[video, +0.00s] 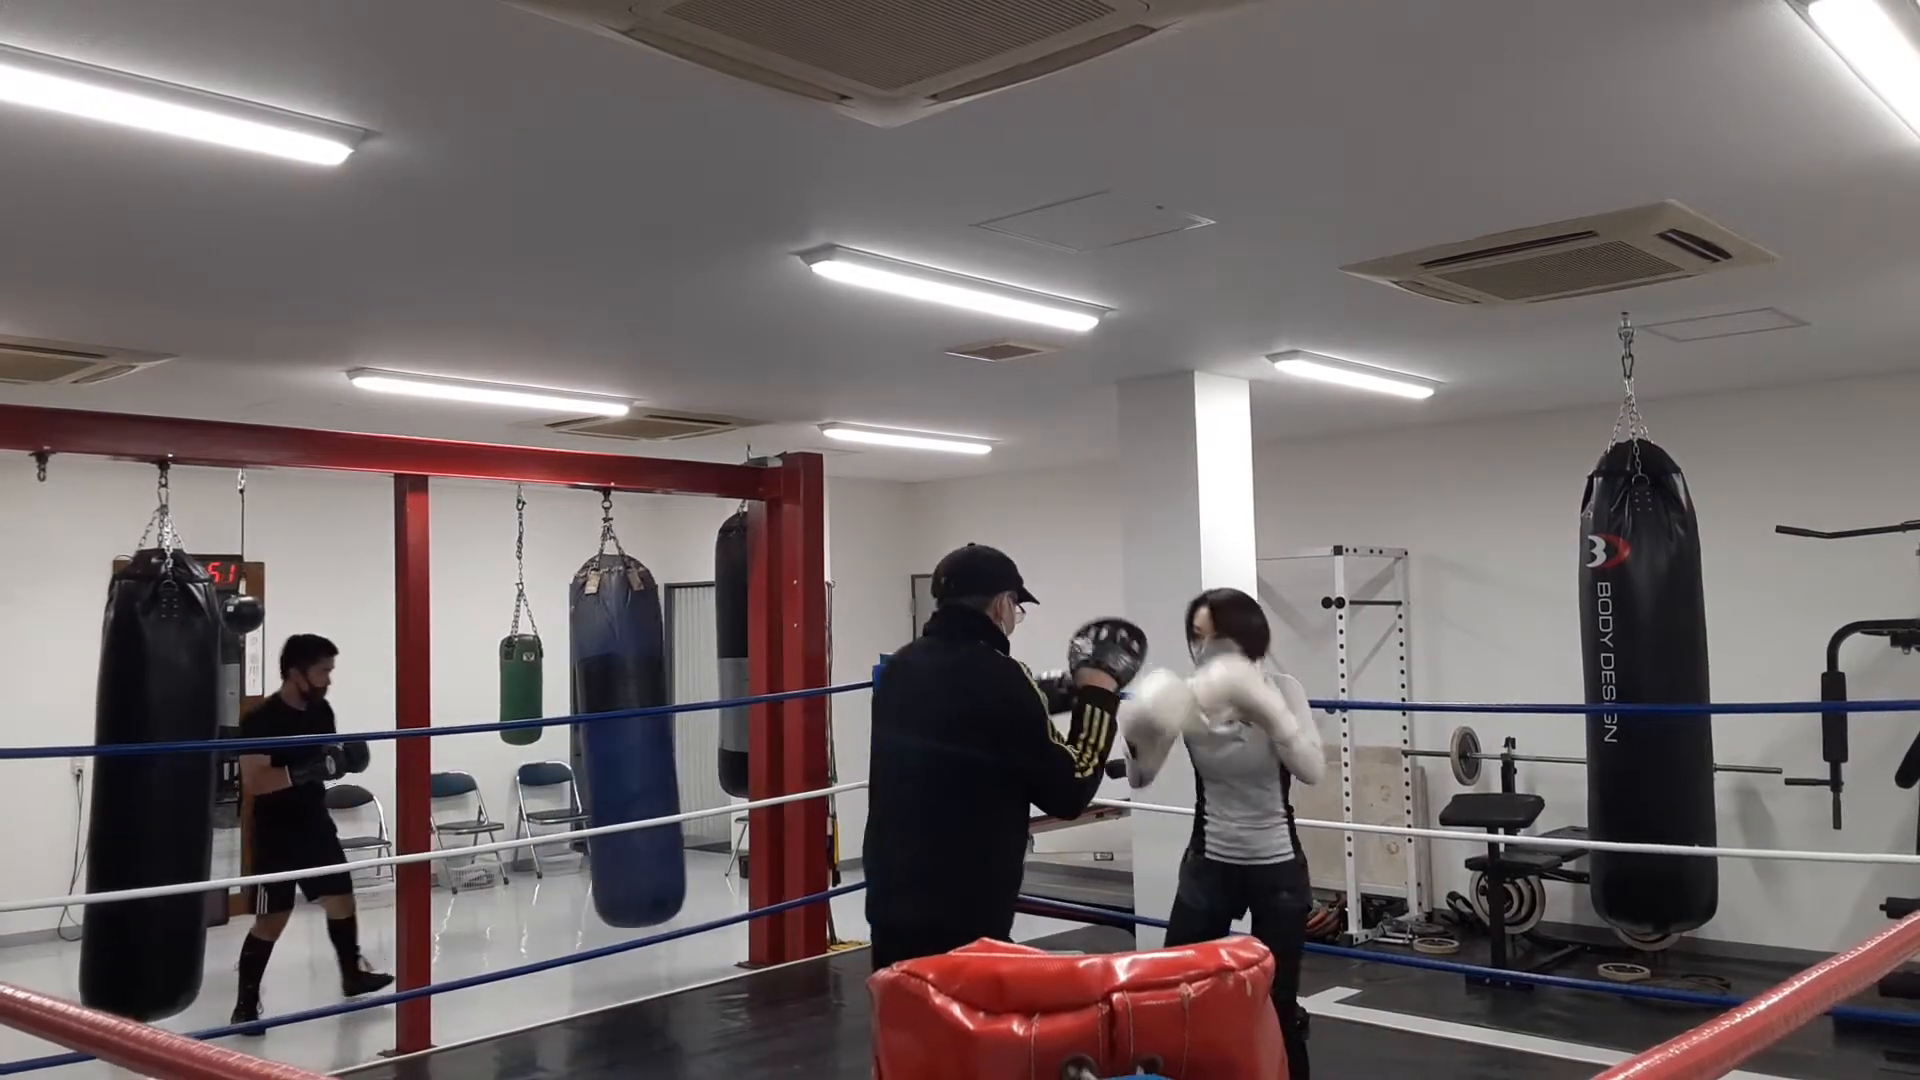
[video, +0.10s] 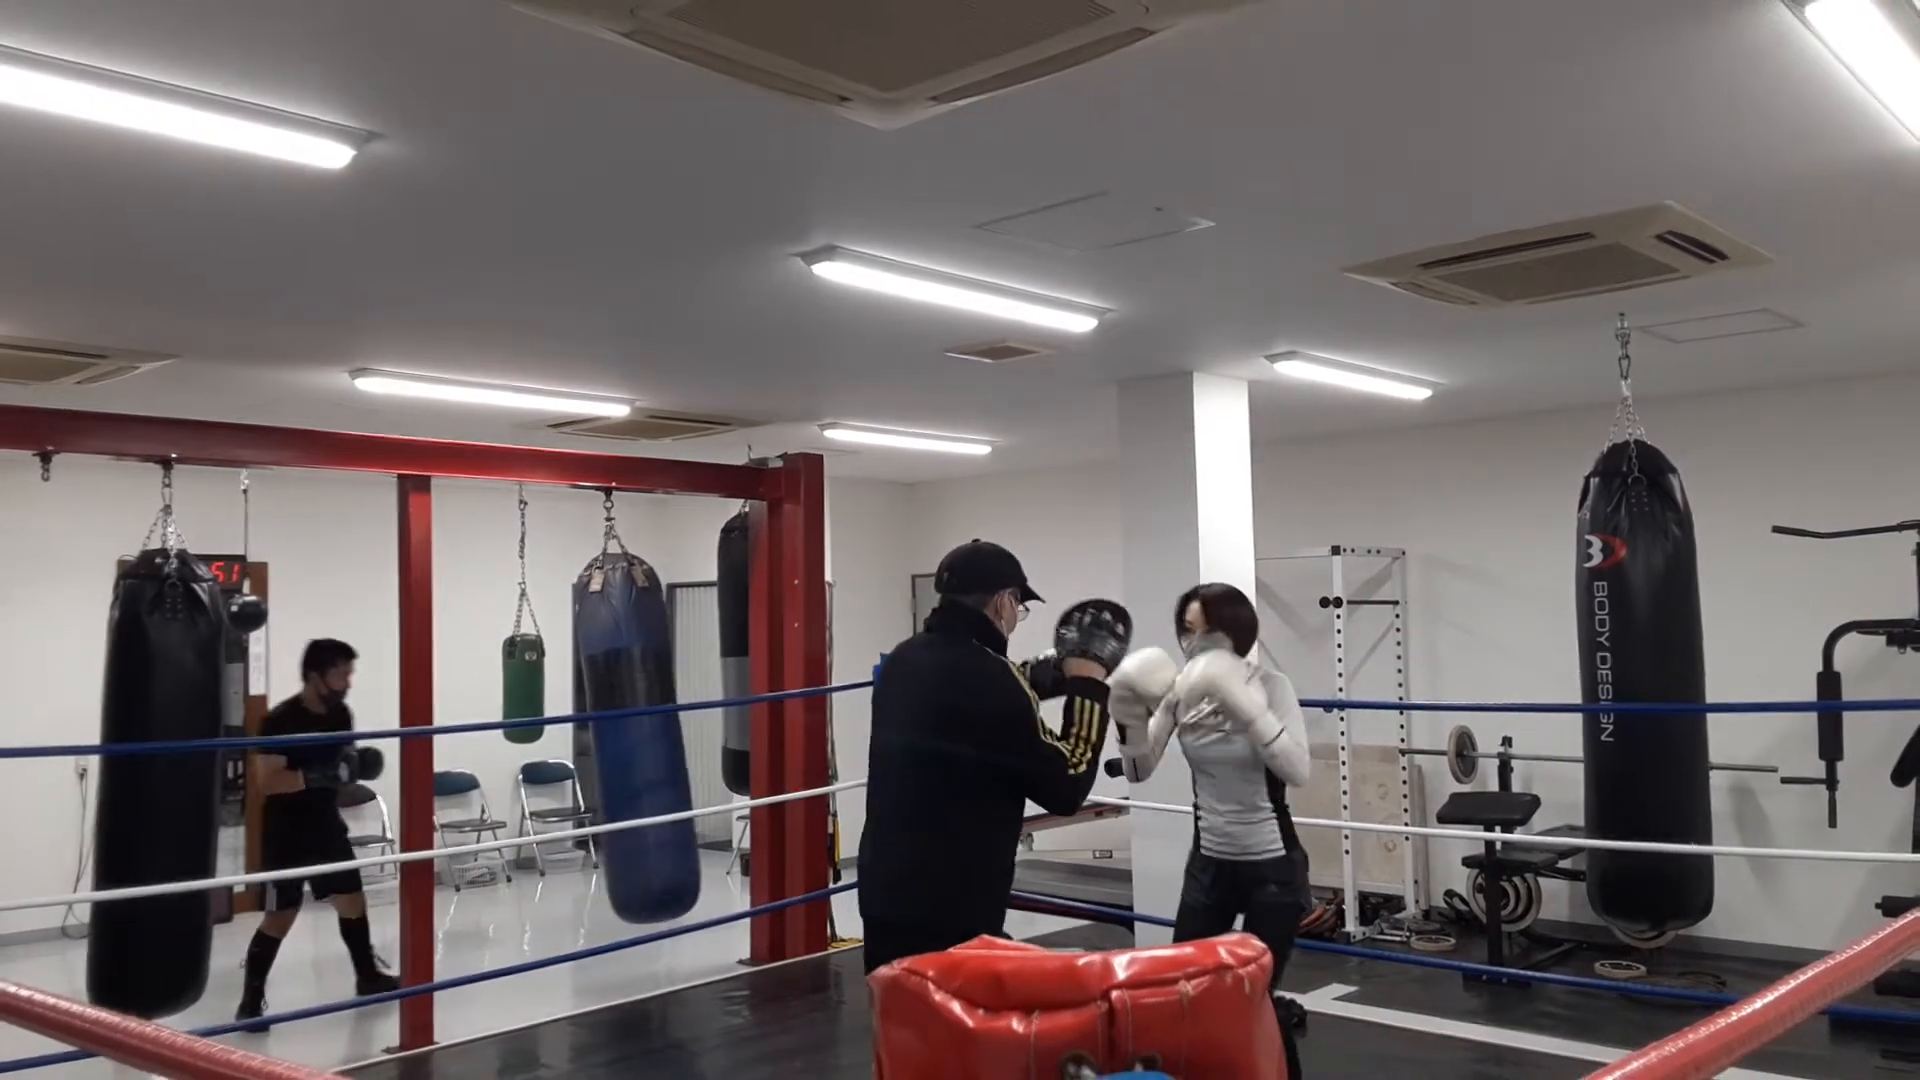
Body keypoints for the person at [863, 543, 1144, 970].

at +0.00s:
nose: (1016, 621)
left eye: (1018, 609)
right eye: (1016, 608)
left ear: (947, 603)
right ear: (999, 606)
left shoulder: (899, 668)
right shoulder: (1004, 680)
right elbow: (1068, 795)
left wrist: (1047, 694)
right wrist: (1098, 694)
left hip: (892, 896)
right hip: (971, 903)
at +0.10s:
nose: (1017, 620)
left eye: (1021, 609)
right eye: (1018, 607)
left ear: (949, 598)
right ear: (1001, 603)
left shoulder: (900, 662)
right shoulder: (991, 680)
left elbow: (964, 693)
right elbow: (1065, 791)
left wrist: (1044, 675)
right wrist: (1088, 683)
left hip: (887, 895)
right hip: (960, 904)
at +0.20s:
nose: (1023, 622)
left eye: (1026, 611)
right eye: (1024, 609)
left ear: (953, 599)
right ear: (1004, 605)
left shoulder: (905, 661)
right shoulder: (988, 679)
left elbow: (968, 717)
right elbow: (1065, 788)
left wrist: (1049, 679)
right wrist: (1084, 681)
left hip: (883, 895)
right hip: (953, 906)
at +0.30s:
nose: (1025, 624)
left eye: (1028, 613)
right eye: (1026, 611)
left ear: (957, 600)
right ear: (1006, 606)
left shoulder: (907, 663)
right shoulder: (988, 679)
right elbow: (1066, 792)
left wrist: (1072, 696)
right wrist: (1086, 685)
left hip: (878, 901)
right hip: (945, 912)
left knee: (895, 1053)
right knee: (951, 1053)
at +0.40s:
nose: (1027, 626)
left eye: (1030, 614)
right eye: (1028, 612)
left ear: (959, 602)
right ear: (1008, 607)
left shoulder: (905, 667)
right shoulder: (994, 682)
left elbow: (986, 741)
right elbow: (1071, 786)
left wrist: (1074, 711)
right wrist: (1096, 680)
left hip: (872, 899)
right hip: (944, 908)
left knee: (890, 1048)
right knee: (947, 1050)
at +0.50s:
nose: (1030, 632)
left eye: (1034, 619)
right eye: (1031, 617)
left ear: (960, 605)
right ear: (1010, 610)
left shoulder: (902, 670)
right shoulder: (996, 683)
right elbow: (1071, 770)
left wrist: (1021, 687)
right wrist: (1119, 689)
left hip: (872, 902)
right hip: (943, 910)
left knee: (894, 1053)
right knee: (947, 1054)